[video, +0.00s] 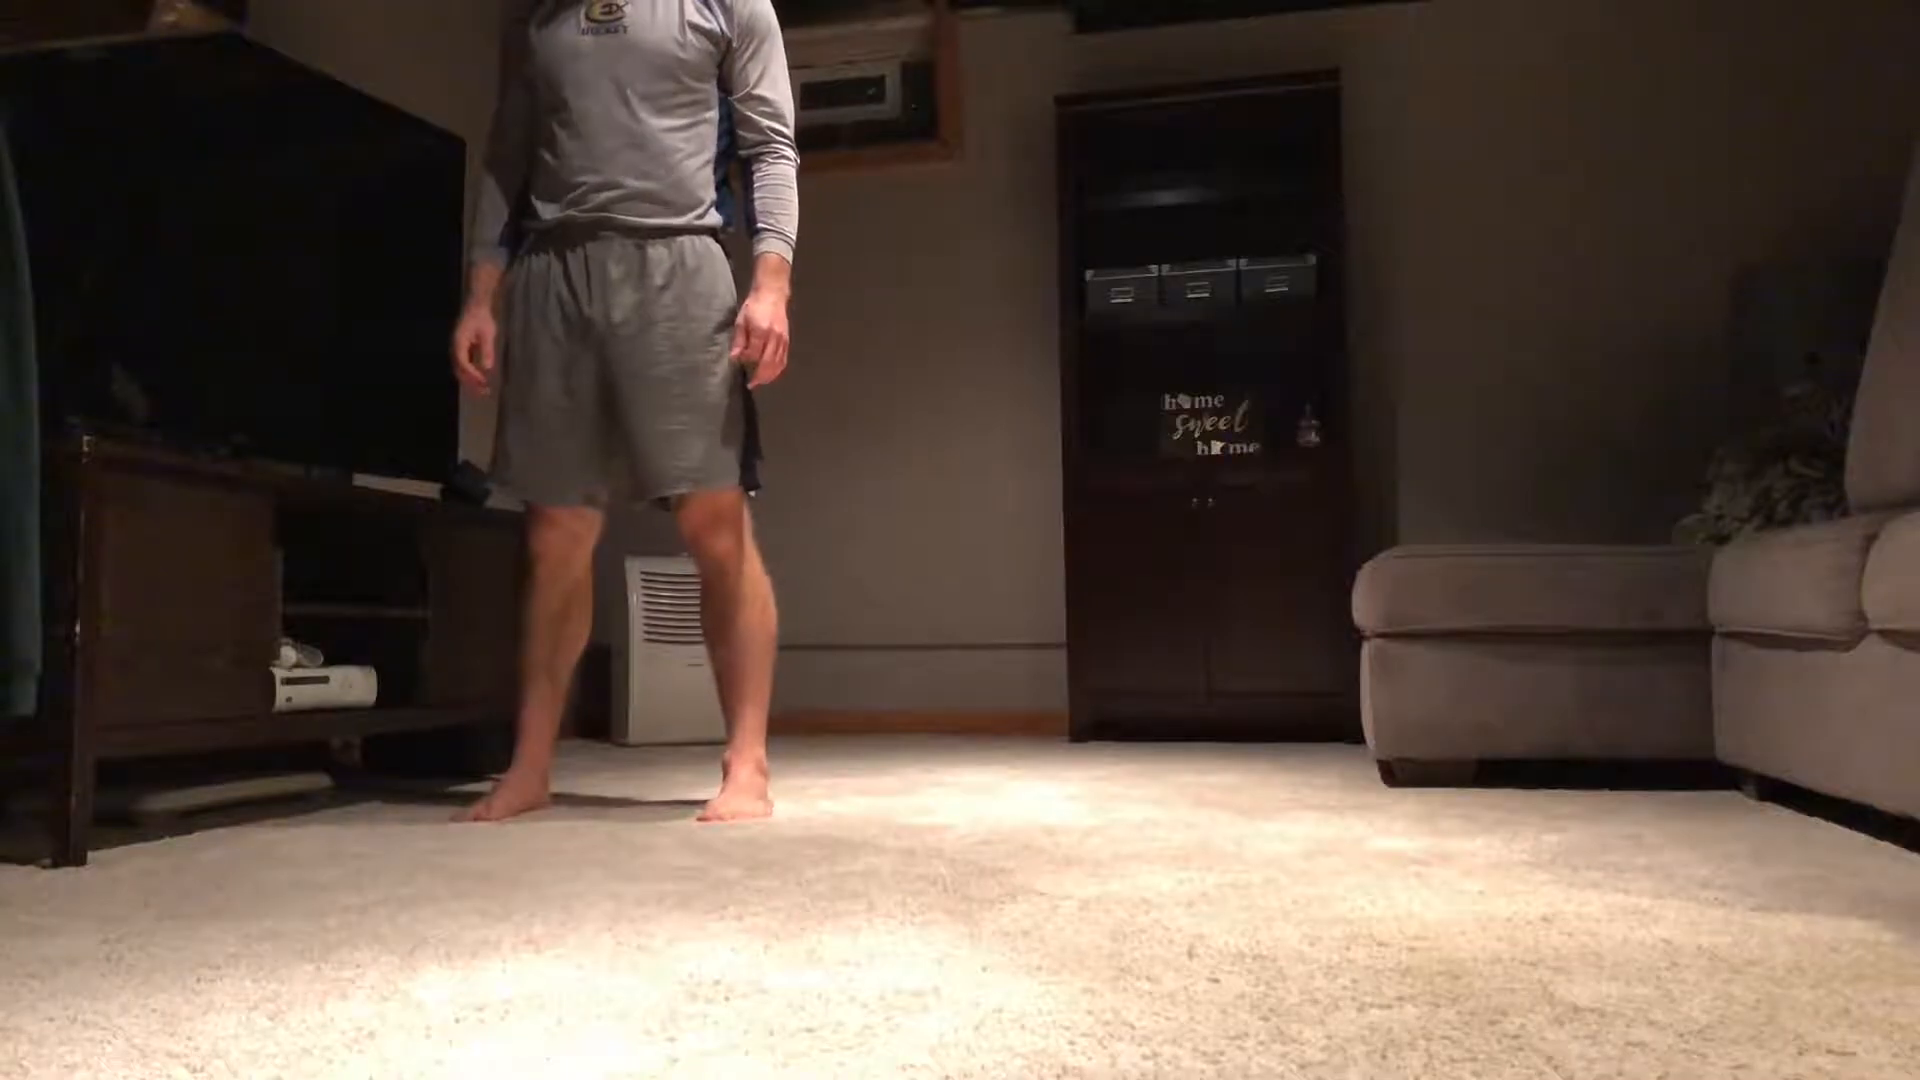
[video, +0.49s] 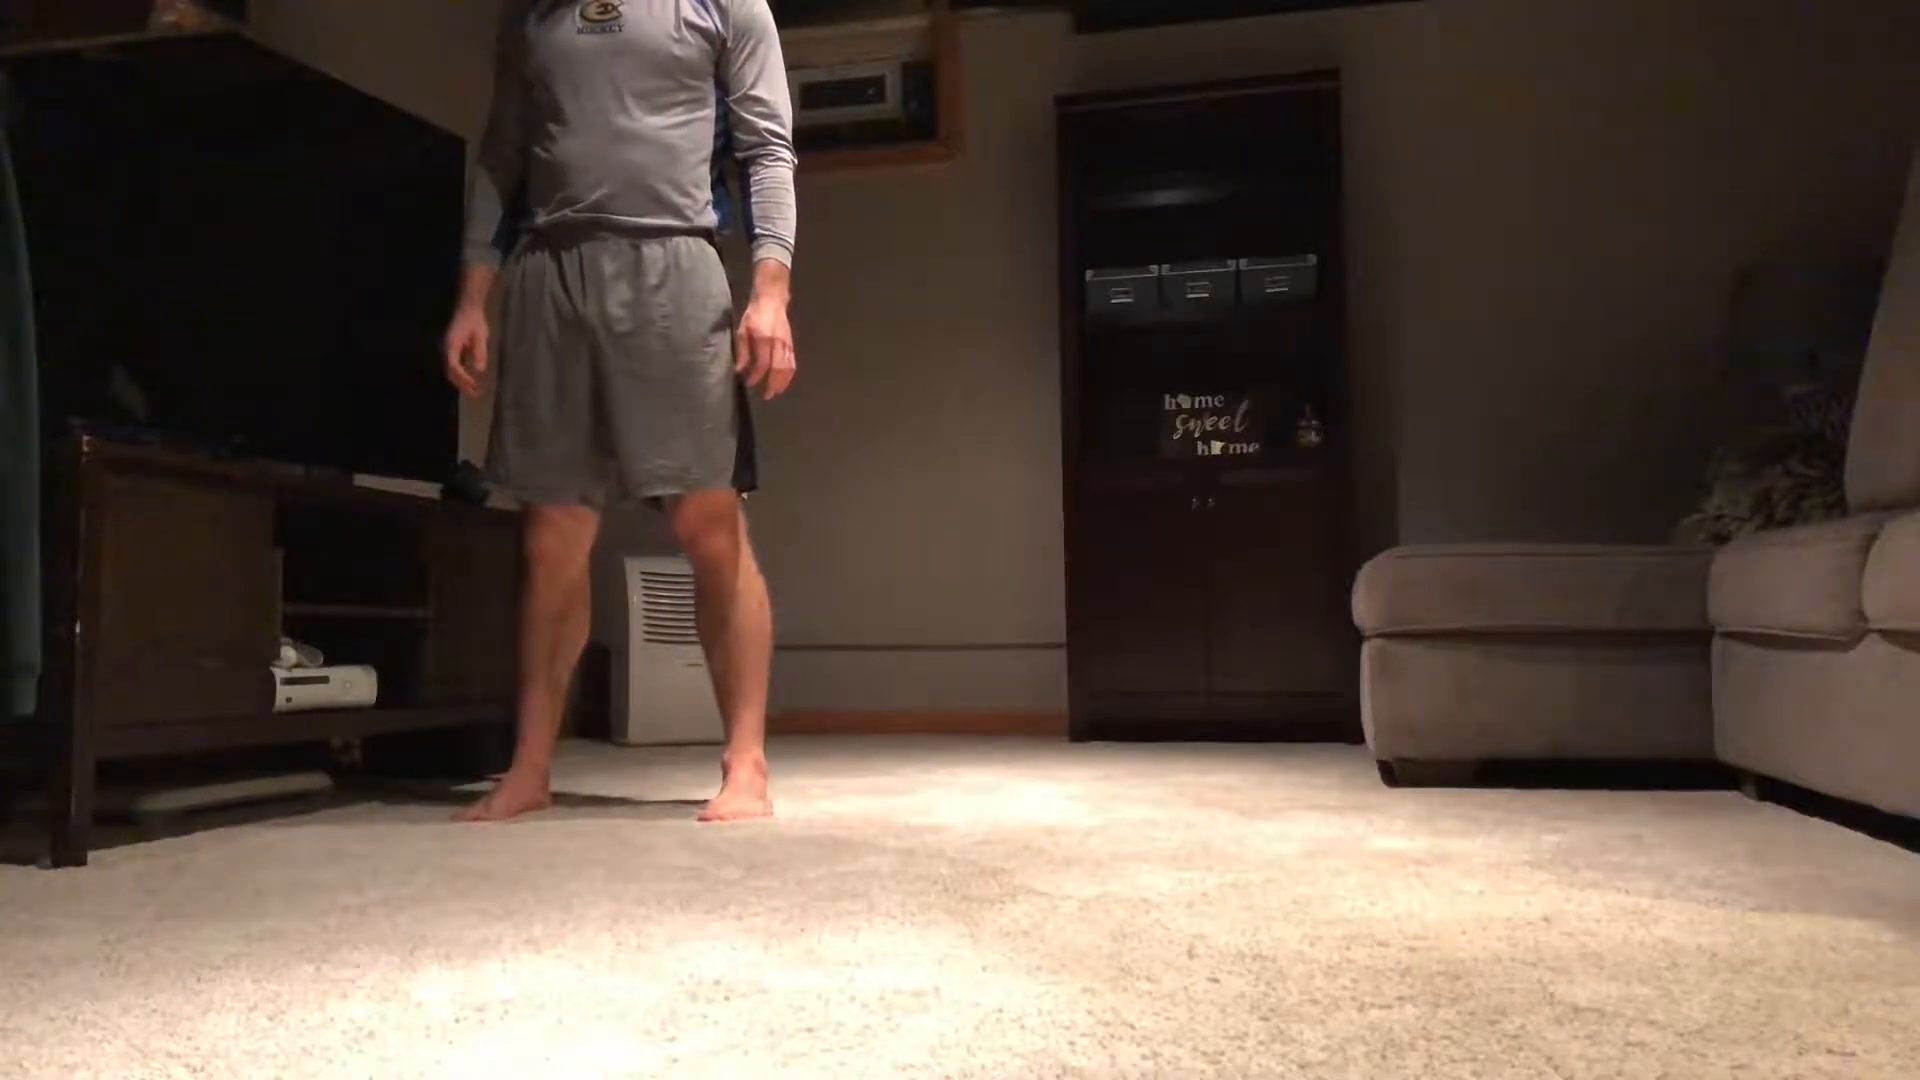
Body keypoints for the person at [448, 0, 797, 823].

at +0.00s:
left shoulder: (733, 8)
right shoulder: (536, 18)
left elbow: (771, 147)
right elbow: (506, 159)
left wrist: (771, 284)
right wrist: (481, 293)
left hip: (676, 265)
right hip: (554, 274)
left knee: (714, 526)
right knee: (555, 533)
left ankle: (747, 770)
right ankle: (529, 773)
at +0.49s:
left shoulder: (729, 8)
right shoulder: (533, 17)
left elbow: (767, 149)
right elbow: (499, 153)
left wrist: (771, 292)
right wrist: (473, 293)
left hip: (673, 268)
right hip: (549, 275)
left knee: (709, 529)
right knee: (552, 537)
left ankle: (746, 769)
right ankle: (529, 772)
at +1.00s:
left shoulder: (699, 15)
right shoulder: (509, 31)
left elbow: (738, 166)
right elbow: (472, 164)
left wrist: (712, 324)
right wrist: (446, 314)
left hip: (702, 301)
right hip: (579, 309)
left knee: (742, 516)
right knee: (530, 522)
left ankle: (747, 770)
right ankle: (528, 772)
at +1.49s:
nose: (563, 81)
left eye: (583, 57)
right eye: (548, 61)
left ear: (625, 57)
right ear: (534, 67)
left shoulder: (704, 177)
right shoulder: (507, 184)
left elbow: (668, 316)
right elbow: (469, 302)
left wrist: (578, 439)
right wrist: (442, 429)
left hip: (722, 405)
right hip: (598, 416)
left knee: (755, 523)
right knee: (478, 525)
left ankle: (746, 780)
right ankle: (527, 773)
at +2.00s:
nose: (567, 215)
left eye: (585, 193)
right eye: (552, 195)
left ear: (629, 183)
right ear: (538, 192)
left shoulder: (709, 302)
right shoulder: (508, 302)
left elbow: (653, 422)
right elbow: (462, 398)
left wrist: (538, 518)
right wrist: (427, 496)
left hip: (698, 532)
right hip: (578, 540)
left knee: (769, 542)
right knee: (445, 559)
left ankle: (744, 778)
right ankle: (525, 770)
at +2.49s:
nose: (576, 294)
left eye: (593, 269)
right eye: (561, 272)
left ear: (637, 261)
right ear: (547, 270)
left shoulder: (715, 373)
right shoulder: (516, 374)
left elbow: (656, 483)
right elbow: (464, 459)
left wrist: (533, 572)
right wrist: (416, 551)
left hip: (695, 611)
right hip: (581, 613)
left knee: (764, 554)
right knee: (454, 569)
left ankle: (743, 777)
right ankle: (526, 770)